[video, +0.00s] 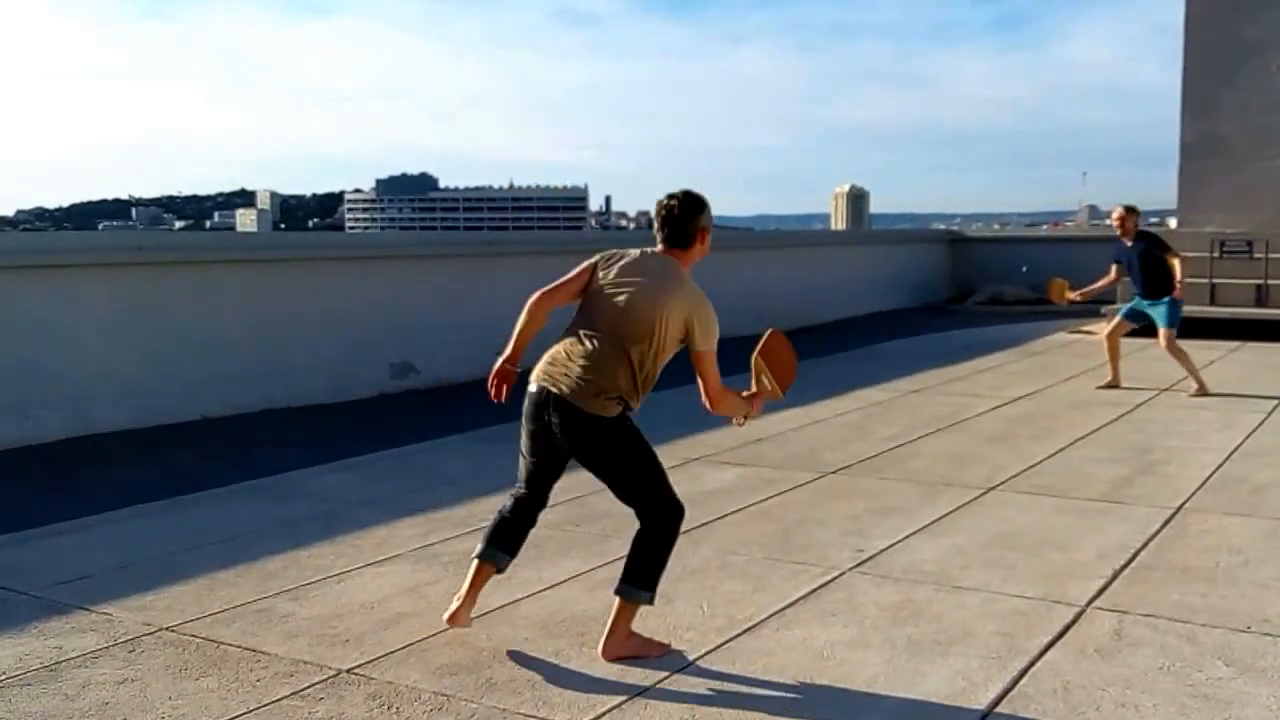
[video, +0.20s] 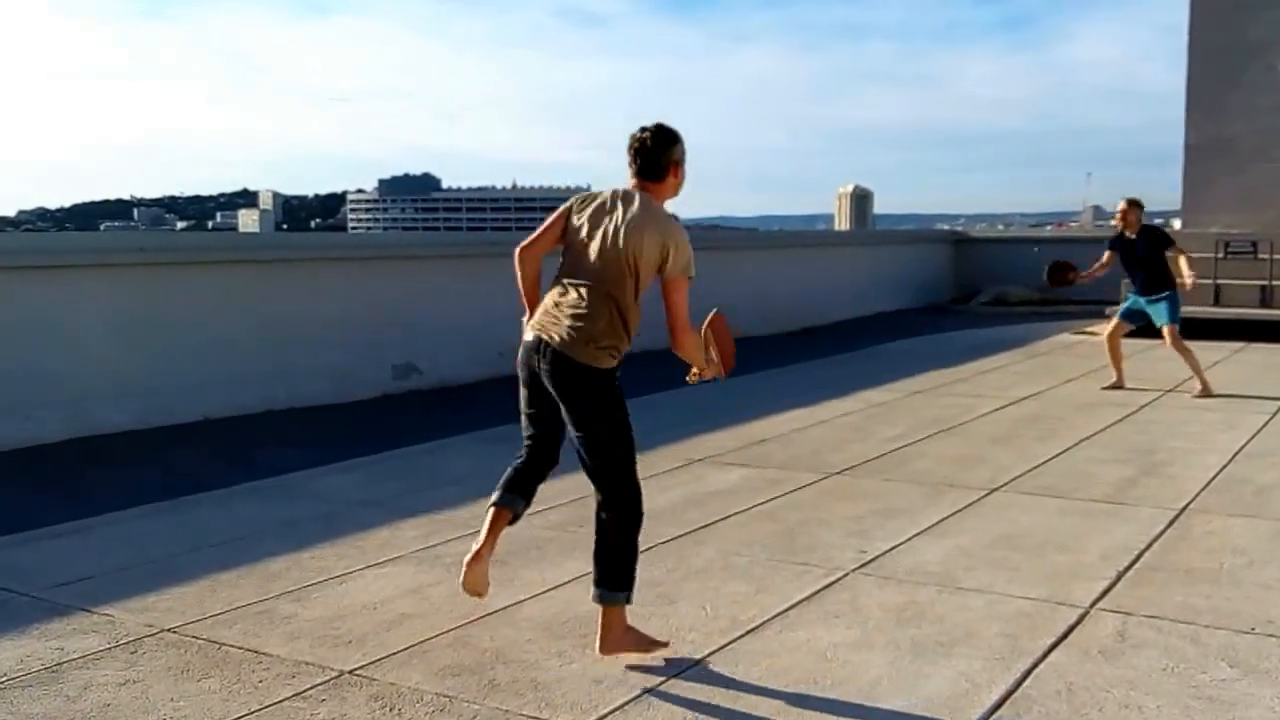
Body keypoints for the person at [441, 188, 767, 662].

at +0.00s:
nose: (710, 239)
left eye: (708, 230)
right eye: (709, 231)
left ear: (658, 230)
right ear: (702, 237)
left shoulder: (611, 262)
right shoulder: (695, 305)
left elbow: (540, 300)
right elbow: (714, 397)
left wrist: (510, 356)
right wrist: (746, 406)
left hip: (542, 392)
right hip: (594, 412)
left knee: (526, 497)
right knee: (663, 512)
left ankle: (463, 603)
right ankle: (619, 635)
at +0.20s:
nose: (684, 174)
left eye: (681, 165)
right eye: (683, 166)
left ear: (633, 167)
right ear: (673, 171)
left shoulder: (588, 202)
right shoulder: (669, 233)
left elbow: (527, 252)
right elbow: (681, 333)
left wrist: (533, 314)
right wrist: (703, 360)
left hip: (535, 347)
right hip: (585, 362)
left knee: (536, 451)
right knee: (620, 491)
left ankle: (484, 544)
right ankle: (613, 627)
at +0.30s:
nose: (667, 175)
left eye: (664, 167)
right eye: (666, 168)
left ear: (615, 173)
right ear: (656, 173)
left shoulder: (575, 217)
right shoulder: (655, 231)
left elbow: (523, 280)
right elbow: (662, 328)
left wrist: (543, 334)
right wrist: (686, 362)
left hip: (535, 355)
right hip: (579, 373)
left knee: (524, 467)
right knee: (620, 505)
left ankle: (458, 571)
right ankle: (594, 637)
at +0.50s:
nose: (626, 203)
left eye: (624, 195)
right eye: (624, 196)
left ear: (576, 205)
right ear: (614, 203)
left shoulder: (556, 247)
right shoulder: (608, 261)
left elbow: (561, 337)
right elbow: (602, 359)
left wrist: (625, 370)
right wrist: (632, 416)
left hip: (509, 391)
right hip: (552, 406)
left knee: (484, 496)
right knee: (624, 512)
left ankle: (426, 590)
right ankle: (598, 646)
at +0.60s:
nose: (595, 199)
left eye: (591, 191)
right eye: (591, 192)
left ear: (546, 204)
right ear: (579, 202)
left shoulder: (532, 248)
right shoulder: (556, 265)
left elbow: (581, 324)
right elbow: (536, 357)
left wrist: (648, 339)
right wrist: (573, 425)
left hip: (487, 396)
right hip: (521, 408)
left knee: (462, 500)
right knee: (604, 512)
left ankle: (396, 595)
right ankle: (597, 646)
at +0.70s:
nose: (554, 202)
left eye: (551, 194)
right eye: (551, 195)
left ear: (511, 205)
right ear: (536, 205)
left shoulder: (530, 249)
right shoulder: (493, 266)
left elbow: (584, 285)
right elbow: (469, 359)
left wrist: (647, 297)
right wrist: (497, 418)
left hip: (470, 397)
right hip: (488, 400)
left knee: (438, 505)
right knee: (563, 506)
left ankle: (379, 607)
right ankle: (595, 638)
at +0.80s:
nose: (521, 207)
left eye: (519, 201)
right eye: (517, 200)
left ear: (493, 214)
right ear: (499, 214)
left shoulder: (507, 249)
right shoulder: (449, 273)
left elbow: (561, 264)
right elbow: (416, 360)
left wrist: (620, 270)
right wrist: (432, 406)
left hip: (462, 396)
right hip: (453, 402)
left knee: (441, 505)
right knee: (525, 500)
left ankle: (378, 609)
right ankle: (559, 628)